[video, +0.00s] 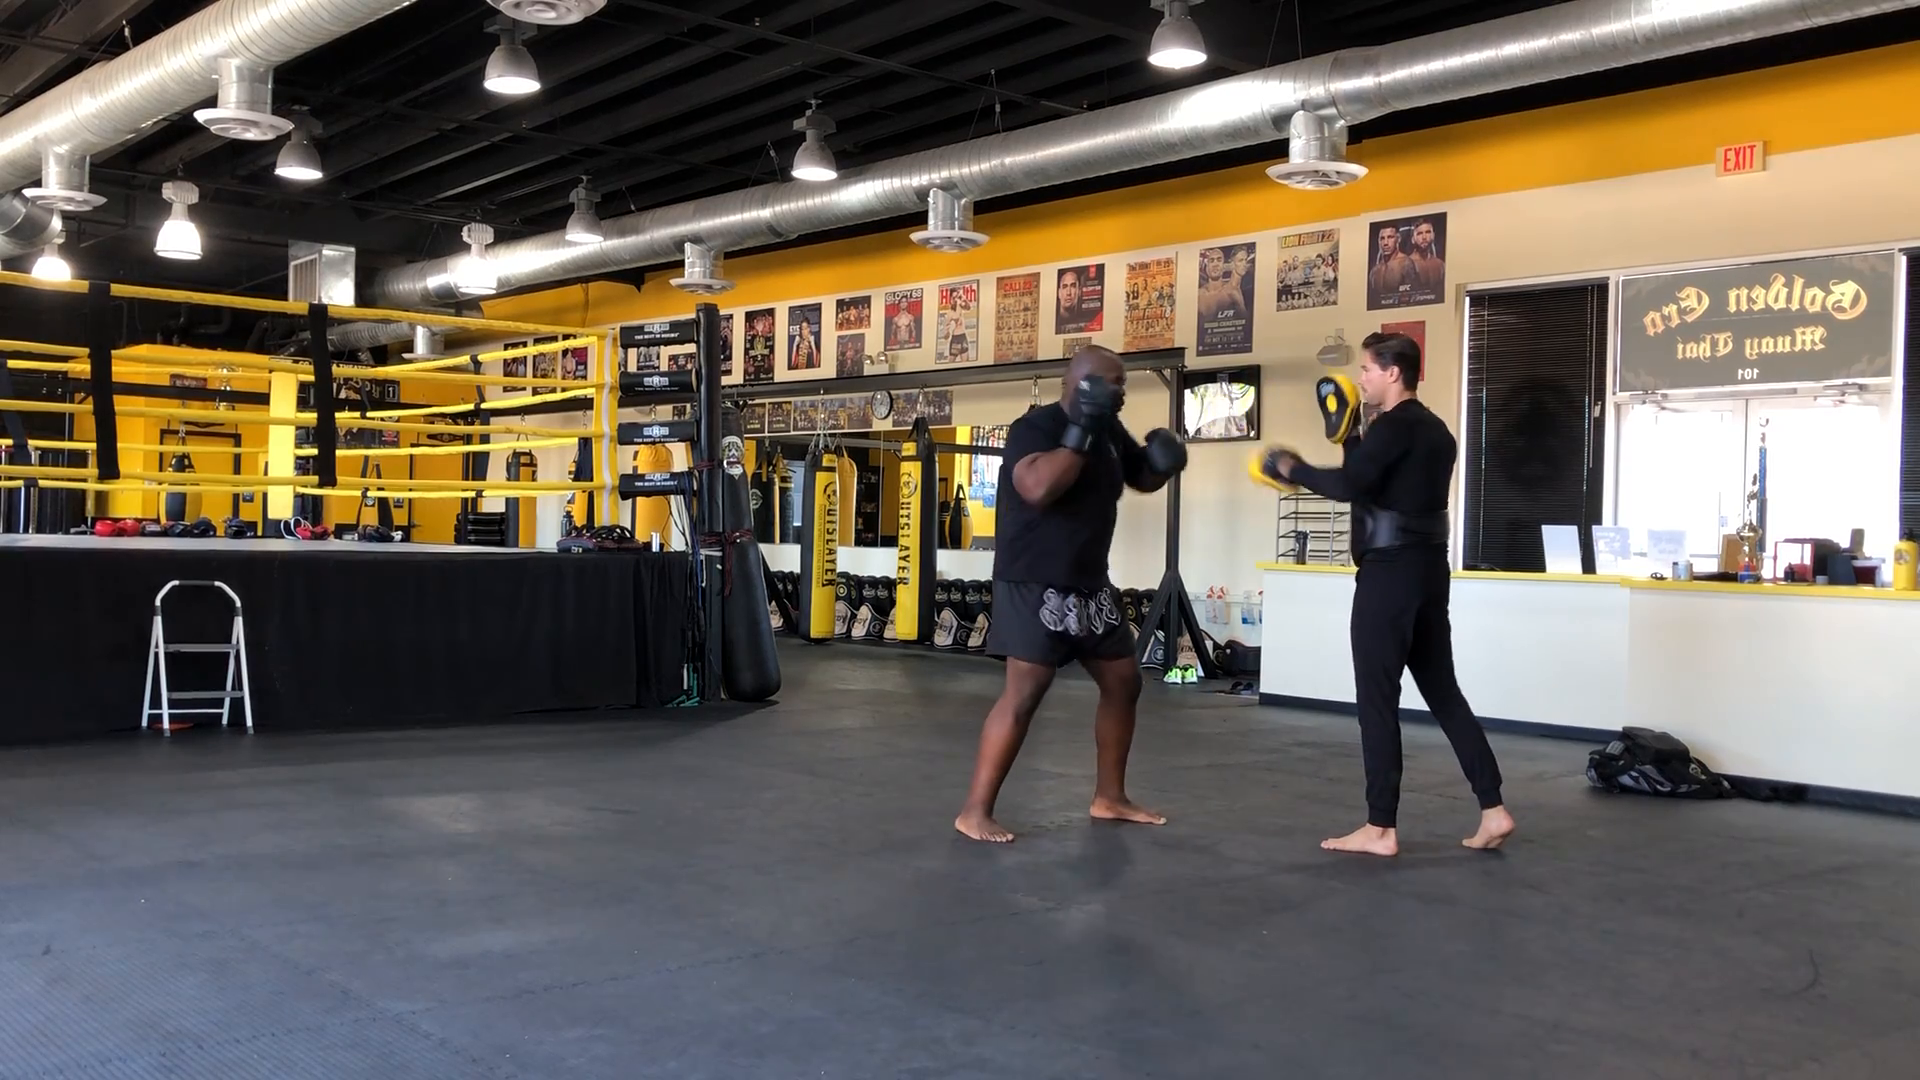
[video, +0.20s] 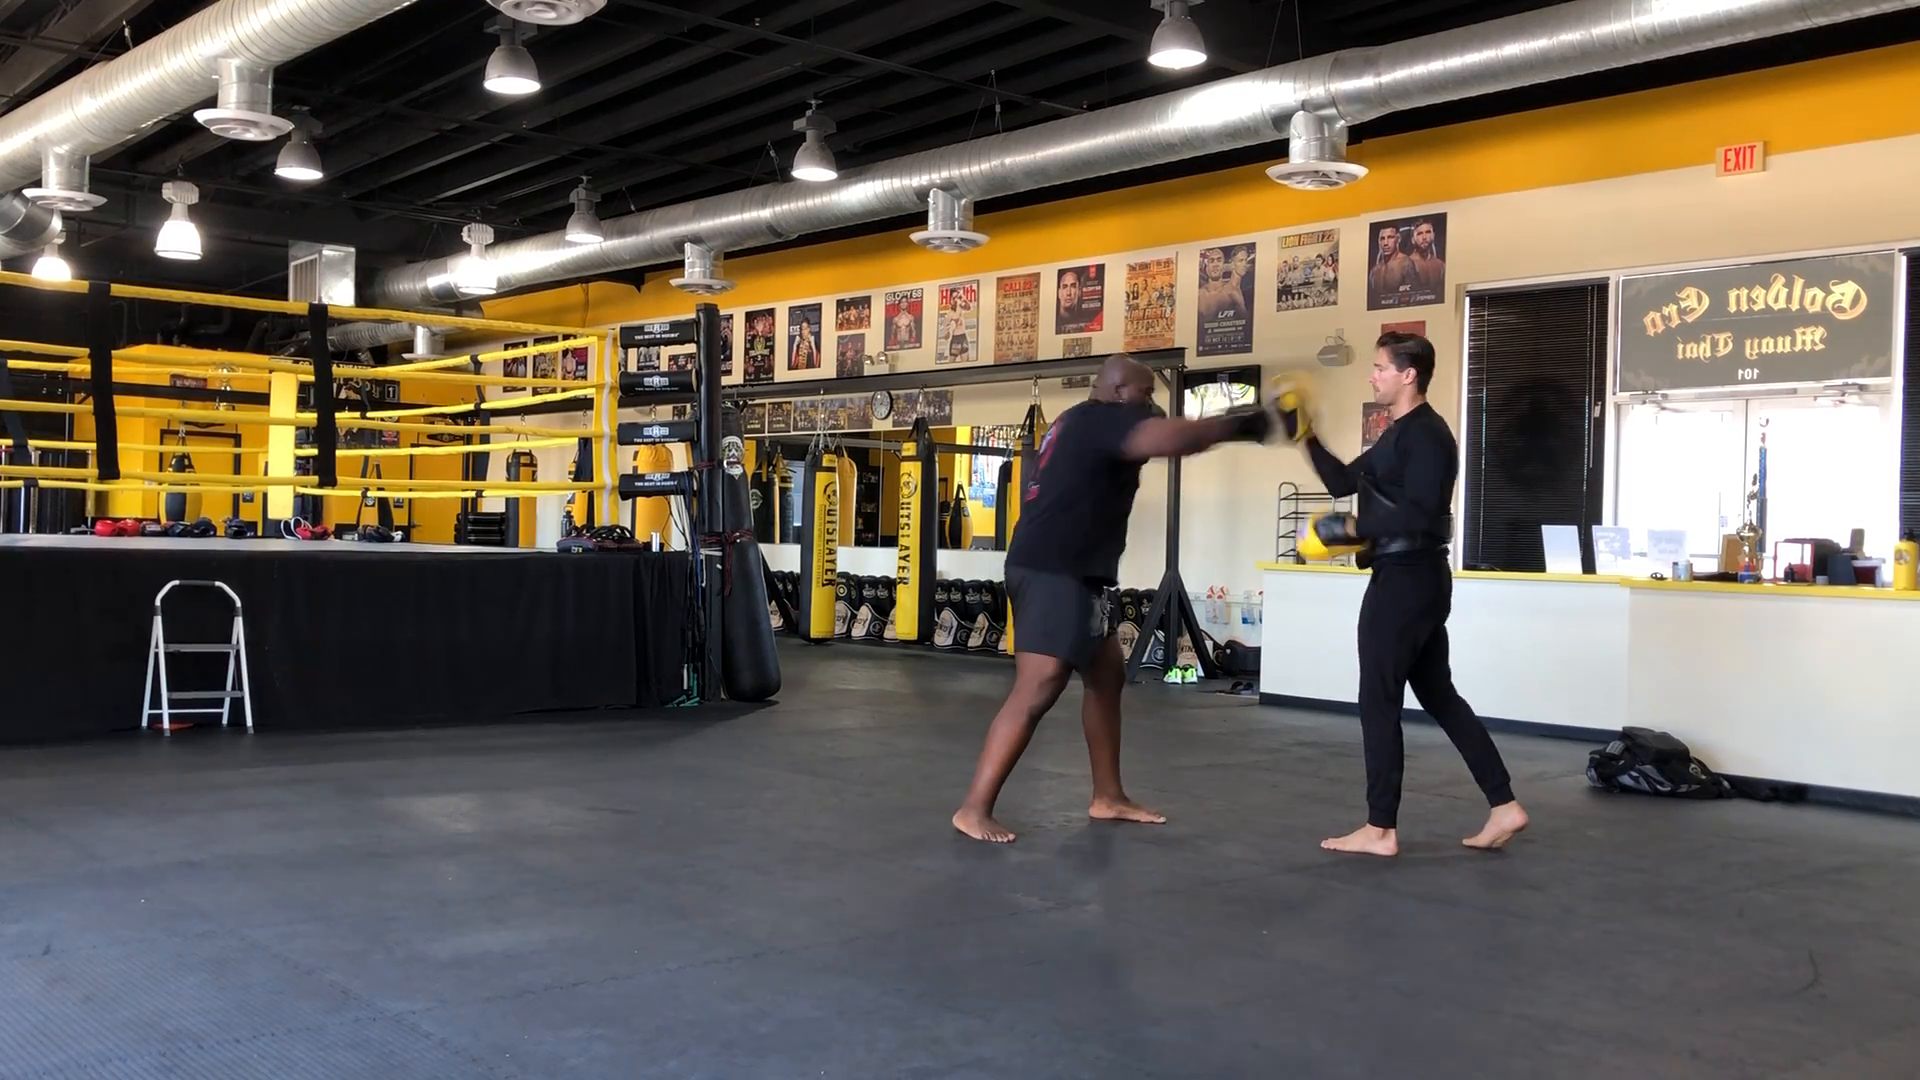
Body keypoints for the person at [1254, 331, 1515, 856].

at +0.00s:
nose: (1361, 378)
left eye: (1367, 369)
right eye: (1362, 369)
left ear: (1393, 373)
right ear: (1403, 375)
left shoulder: (1393, 425)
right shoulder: (1438, 432)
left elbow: (1352, 483)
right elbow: (1383, 492)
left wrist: (1295, 471)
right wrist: (1351, 441)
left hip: (1387, 575)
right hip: (1429, 573)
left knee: (1376, 702)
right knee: (1443, 692)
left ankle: (1380, 828)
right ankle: (1494, 810)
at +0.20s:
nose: (1372, 377)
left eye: (1381, 369)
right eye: (1374, 368)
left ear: (1409, 376)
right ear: (1405, 377)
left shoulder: (1424, 434)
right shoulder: (1401, 433)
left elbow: (1419, 514)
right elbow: (1340, 481)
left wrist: (1354, 527)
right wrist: (1305, 433)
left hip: (1402, 581)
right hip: (1419, 579)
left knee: (1377, 703)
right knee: (1439, 697)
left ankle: (1380, 828)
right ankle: (1505, 806)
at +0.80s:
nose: (1449, 386)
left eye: (1455, 376)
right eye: (1450, 376)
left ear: (1483, 379)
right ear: (1490, 383)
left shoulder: (1480, 433)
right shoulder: (1531, 436)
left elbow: (1471, 511)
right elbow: (1544, 524)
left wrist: (1442, 582)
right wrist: (1506, 554)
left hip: (1476, 580)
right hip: (1520, 581)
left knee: (1423, 697)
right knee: (1520, 705)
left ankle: (1423, 826)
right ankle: (1520, 830)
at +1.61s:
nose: (1473, 385)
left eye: (1477, 375)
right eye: (1473, 375)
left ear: (1508, 374)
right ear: (1515, 376)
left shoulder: (1507, 431)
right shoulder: (1568, 429)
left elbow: (1492, 517)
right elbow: (1588, 515)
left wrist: (1456, 582)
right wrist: (1520, 531)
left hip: (1519, 576)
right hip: (1565, 575)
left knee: (1519, 708)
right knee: (1535, 700)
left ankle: (1528, 844)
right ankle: (1558, 822)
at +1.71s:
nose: (1479, 385)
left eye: (1484, 375)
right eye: (1479, 375)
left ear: (1513, 374)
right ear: (1522, 377)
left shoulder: (1510, 430)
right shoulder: (1572, 431)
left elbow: (1493, 513)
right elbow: (1583, 509)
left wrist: (1462, 581)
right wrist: (1501, 501)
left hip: (1520, 576)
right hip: (1567, 575)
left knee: (1518, 710)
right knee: (1546, 703)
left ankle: (1528, 844)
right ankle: (1573, 834)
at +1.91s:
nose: (1492, 385)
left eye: (1497, 375)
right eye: (1493, 375)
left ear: (1526, 375)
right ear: (1536, 376)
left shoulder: (1516, 430)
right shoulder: (1581, 433)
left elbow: (1497, 510)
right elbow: (1580, 509)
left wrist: (1470, 580)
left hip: (1520, 582)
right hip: (1570, 582)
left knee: (1496, 706)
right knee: (1563, 708)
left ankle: (1524, 841)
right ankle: (1575, 840)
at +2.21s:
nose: (1491, 385)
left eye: (1496, 375)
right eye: (1492, 375)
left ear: (1524, 376)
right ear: (1536, 379)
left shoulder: (1514, 431)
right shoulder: (1578, 436)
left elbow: (1491, 511)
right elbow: (1567, 506)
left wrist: (1454, 585)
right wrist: (1496, 460)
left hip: (1509, 584)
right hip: (1560, 587)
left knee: (1454, 701)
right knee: (1566, 713)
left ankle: (1455, 832)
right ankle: (1574, 840)